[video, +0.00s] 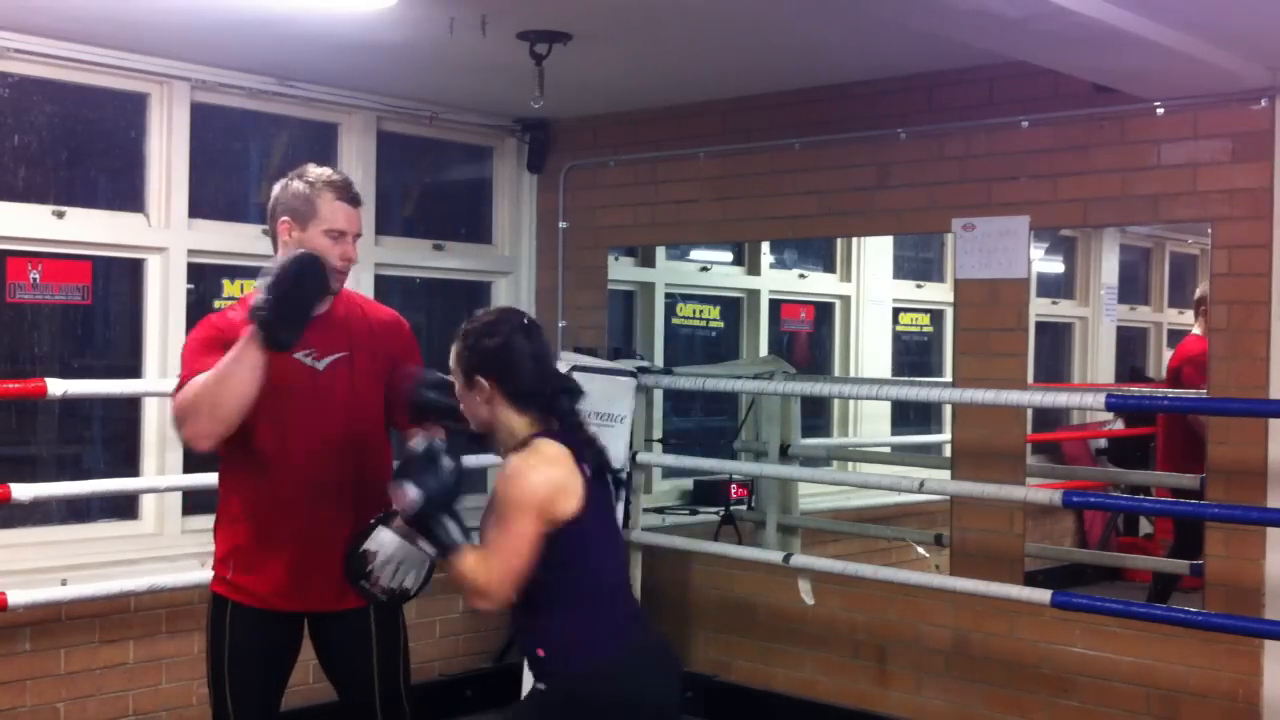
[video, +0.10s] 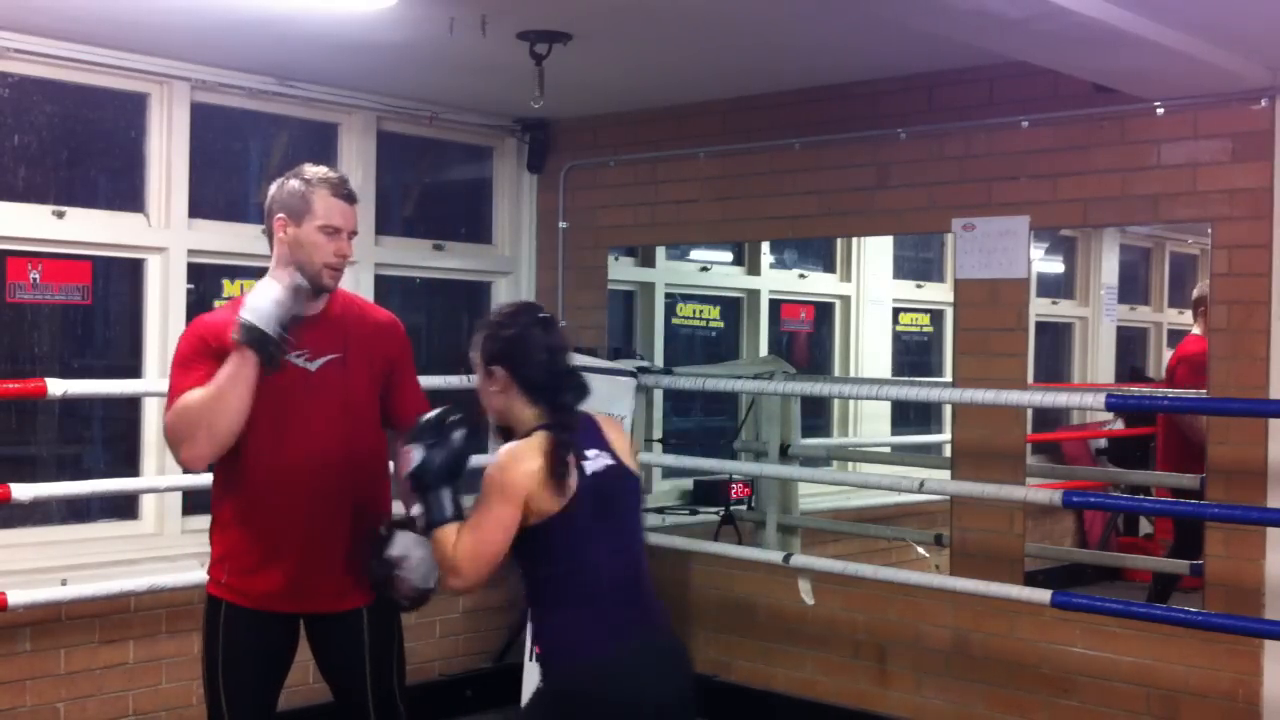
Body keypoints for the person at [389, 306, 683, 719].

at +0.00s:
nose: (456, 396)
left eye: (457, 383)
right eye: (453, 382)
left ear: (484, 390)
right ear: (535, 375)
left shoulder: (531, 470)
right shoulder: (571, 443)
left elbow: (489, 588)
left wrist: (436, 517)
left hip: (583, 690)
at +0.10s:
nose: (475, 386)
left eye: (476, 373)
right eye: (474, 374)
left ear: (498, 380)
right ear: (553, 367)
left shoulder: (517, 463)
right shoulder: (611, 430)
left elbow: (461, 572)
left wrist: (434, 489)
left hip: (580, 684)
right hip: (657, 670)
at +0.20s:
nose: (522, 384)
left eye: (523, 373)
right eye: (522, 372)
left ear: (541, 379)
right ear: (597, 366)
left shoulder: (553, 463)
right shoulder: (658, 439)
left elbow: (500, 563)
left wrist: (477, 485)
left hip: (609, 685)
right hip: (689, 674)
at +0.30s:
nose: (560, 381)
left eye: (558, 369)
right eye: (555, 371)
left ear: (577, 366)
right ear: (631, 352)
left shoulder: (582, 447)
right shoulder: (691, 430)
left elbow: (535, 557)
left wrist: (513, 475)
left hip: (630, 673)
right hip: (712, 663)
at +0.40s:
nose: (567, 367)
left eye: (569, 353)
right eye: (565, 352)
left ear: (592, 359)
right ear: (648, 349)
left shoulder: (594, 438)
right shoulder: (704, 426)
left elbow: (543, 546)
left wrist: (524, 462)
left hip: (636, 669)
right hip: (717, 661)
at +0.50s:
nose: (573, 368)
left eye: (575, 356)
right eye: (573, 356)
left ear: (598, 359)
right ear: (651, 352)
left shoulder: (592, 436)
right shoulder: (705, 430)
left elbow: (541, 544)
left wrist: (522, 461)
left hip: (636, 669)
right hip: (718, 660)